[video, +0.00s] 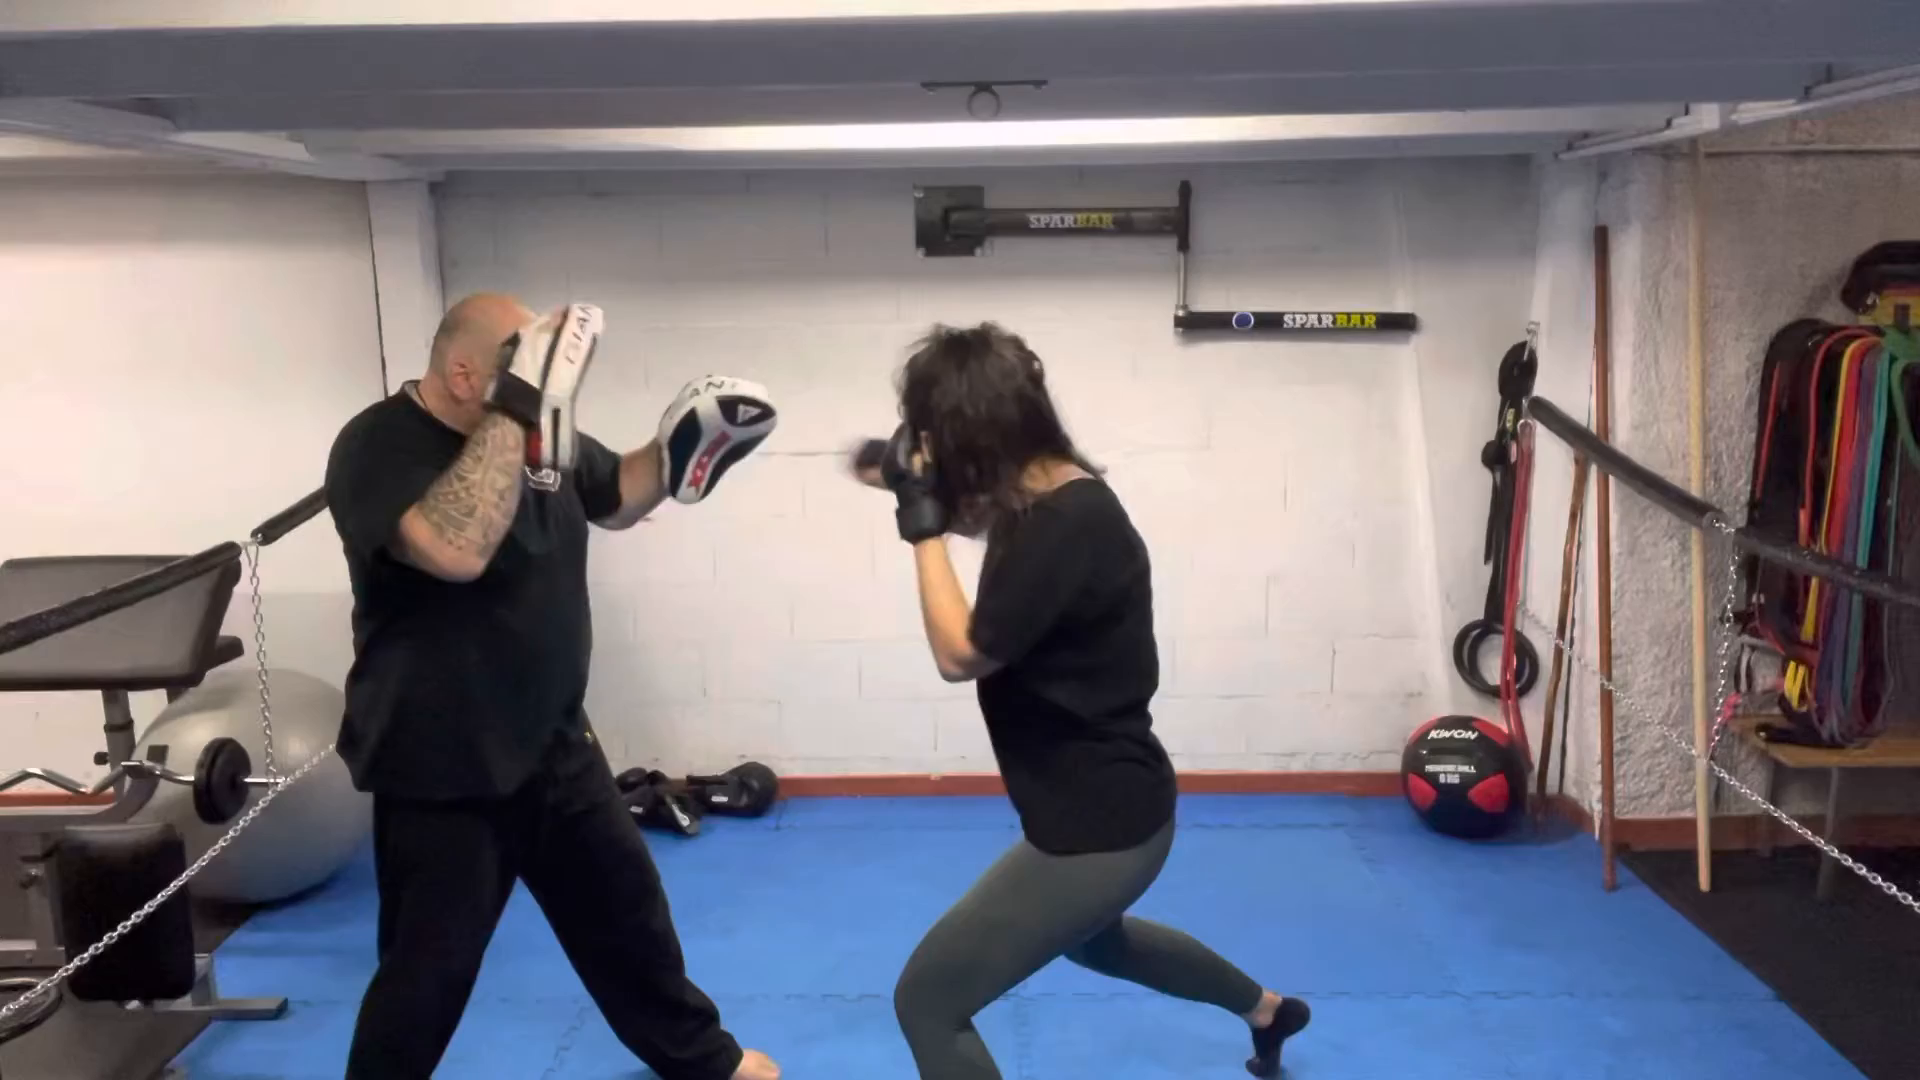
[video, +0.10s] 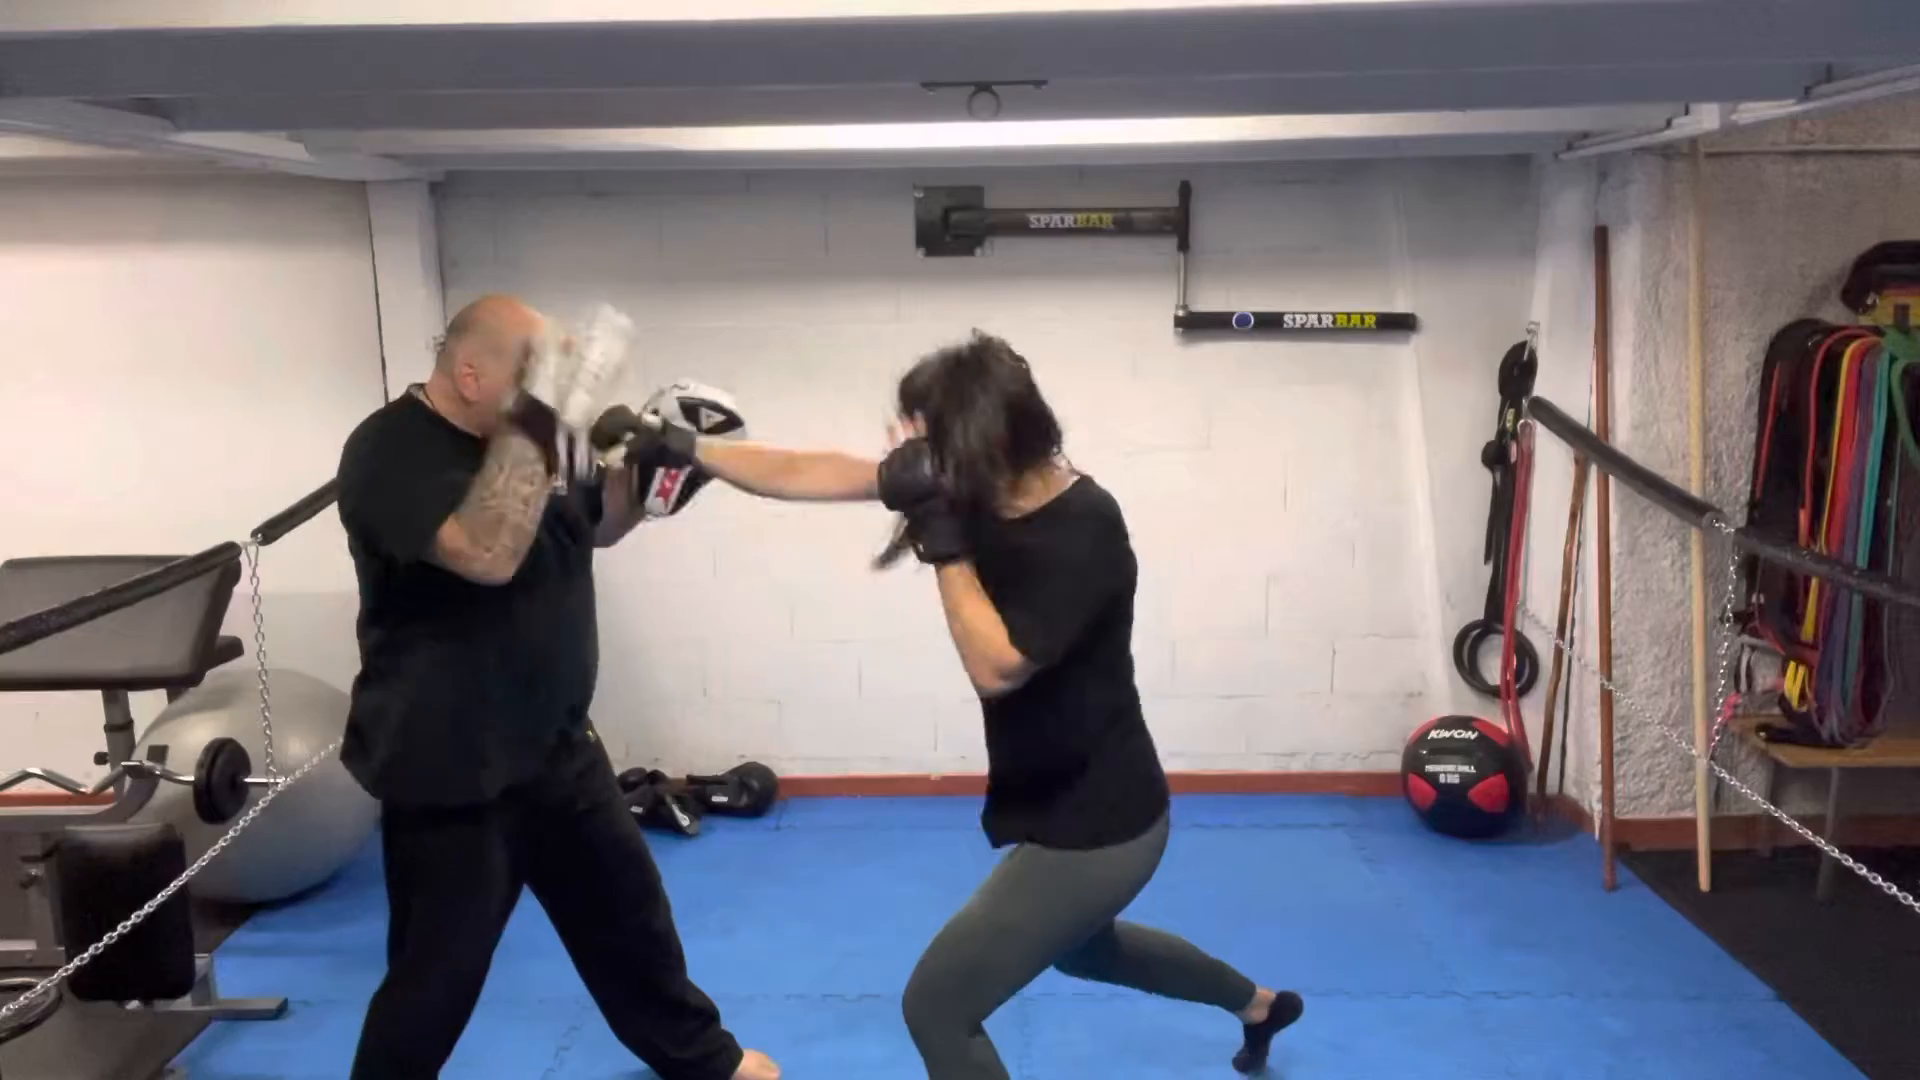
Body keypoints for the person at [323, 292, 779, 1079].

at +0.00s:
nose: (520, 386)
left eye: (525, 373)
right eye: (507, 372)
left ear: (512, 377)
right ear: (458, 373)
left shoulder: (530, 435)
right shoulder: (374, 446)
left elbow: (613, 490)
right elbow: (455, 546)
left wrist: (683, 444)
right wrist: (512, 412)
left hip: (549, 745)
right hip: (437, 766)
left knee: (624, 911)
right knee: (427, 972)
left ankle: (703, 1058)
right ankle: (379, 1077)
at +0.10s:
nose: (537, 392)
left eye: (543, 376)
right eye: (524, 373)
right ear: (466, 368)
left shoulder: (524, 440)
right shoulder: (388, 449)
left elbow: (592, 520)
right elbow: (488, 551)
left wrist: (649, 458)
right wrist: (538, 426)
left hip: (550, 746)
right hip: (445, 765)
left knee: (624, 910)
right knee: (437, 975)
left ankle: (699, 1055)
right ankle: (384, 1075)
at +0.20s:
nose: (523, 386)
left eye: (530, 372)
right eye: (510, 368)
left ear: (530, 381)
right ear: (464, 363)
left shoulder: (530, 447)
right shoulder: (384, 451)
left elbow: (590, 523)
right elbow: (468, 547)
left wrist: (644, 468)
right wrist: (506, 406)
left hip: (559, 753)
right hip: (449, 777)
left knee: (631, 916)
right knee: (437, 983)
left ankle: (700, 1056)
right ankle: (385, 1079)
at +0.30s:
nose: (553, 384)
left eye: (556, 369)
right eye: (539, 367)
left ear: (485, 375)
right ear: (477, 373)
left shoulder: (526, 450)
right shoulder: (382, 459)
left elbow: (572, 540)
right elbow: (474, 573)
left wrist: (636, 467)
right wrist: (551, 440)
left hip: (561, 755)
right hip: (451, 778)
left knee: (631, 917)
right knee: (439, 982)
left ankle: (700, 1057)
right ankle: (386, 1077)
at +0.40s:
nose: (566, 405)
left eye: (567, 387)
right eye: (551, 385)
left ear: (485, 377)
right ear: (481, 375)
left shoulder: (508, 451)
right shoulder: (392, 469)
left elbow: (550, 547)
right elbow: (494, 601)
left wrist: (625, 514)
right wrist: (589, 498)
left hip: (564, 757)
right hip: (456, 784)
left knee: (634, 900)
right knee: (441, 983)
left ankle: (695, 1054)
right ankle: (387, 1076)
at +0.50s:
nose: (573, 409)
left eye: (577, 393)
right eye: (562, 390)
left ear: (498, 380)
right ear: (497, 379)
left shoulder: (527, 458)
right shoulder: (398, 475)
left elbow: (565, 568)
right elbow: (501, 612)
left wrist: (635, 564)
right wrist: (589, 495)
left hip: (572, 753)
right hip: (457, 782)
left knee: (652, 871)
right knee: (444, 980)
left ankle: (694, 1052)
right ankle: (388, 1075)